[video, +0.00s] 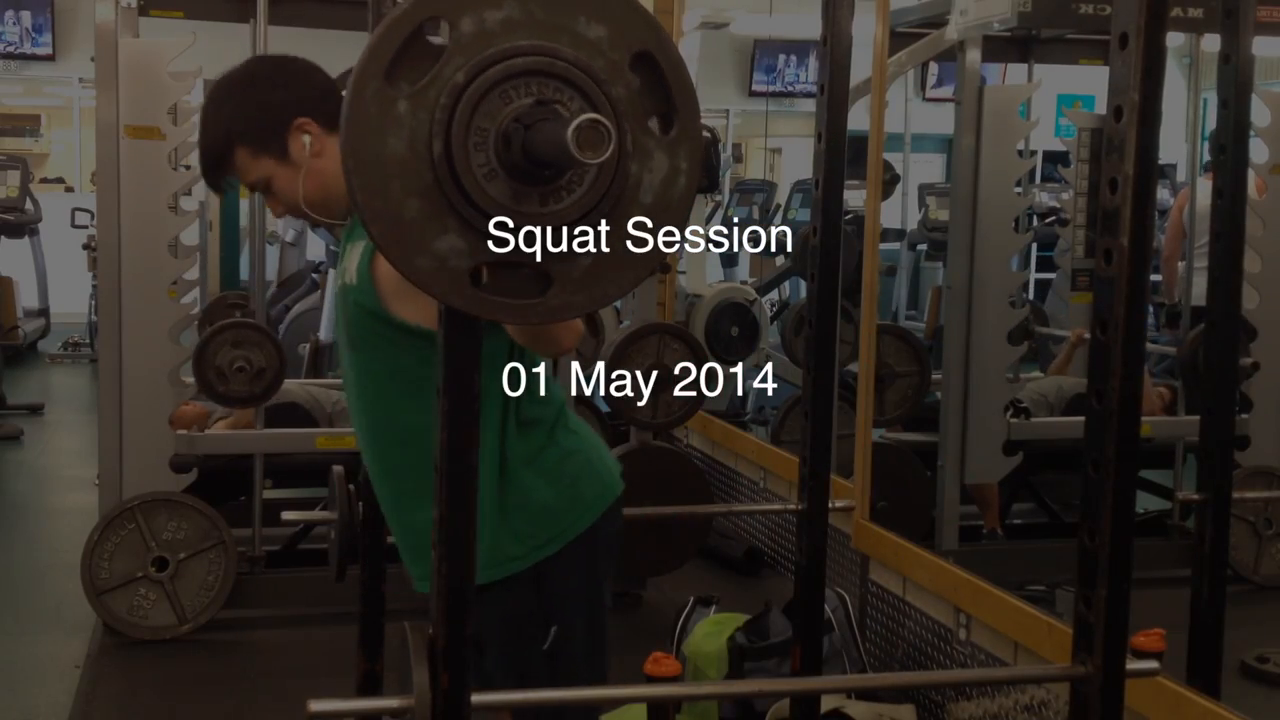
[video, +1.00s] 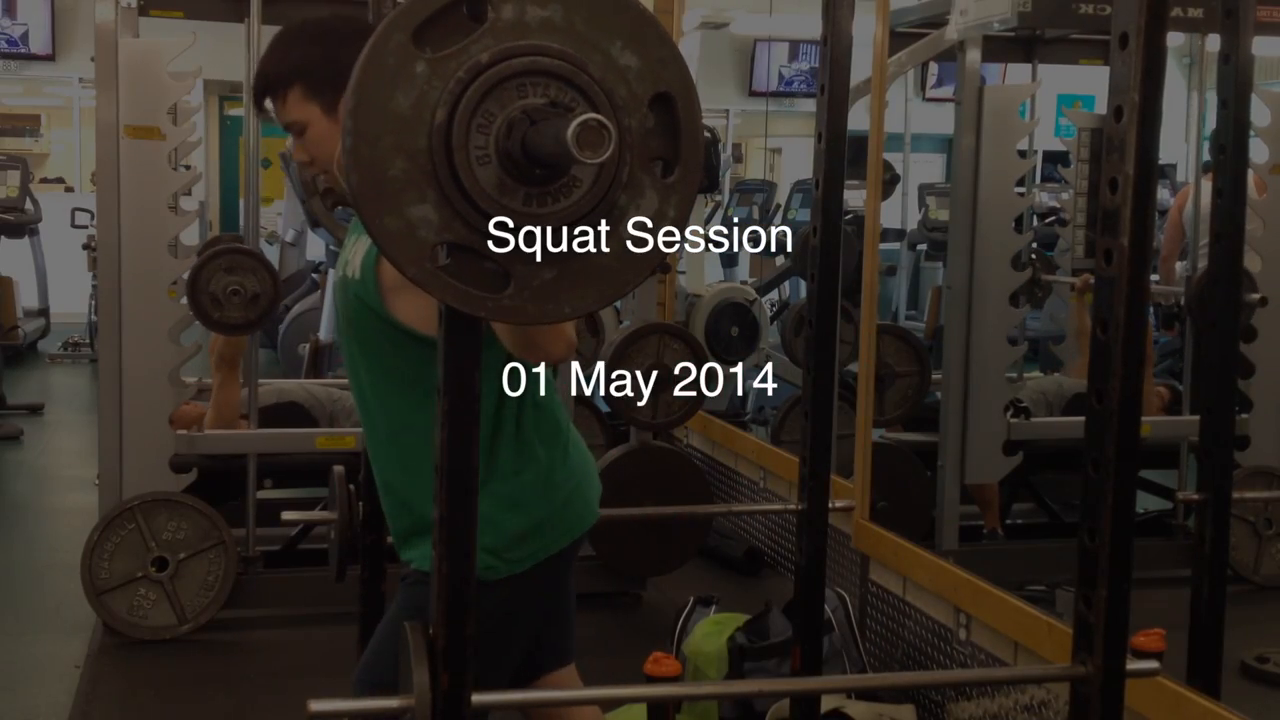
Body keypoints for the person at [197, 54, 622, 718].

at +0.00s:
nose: (276, 211)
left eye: (265, 185)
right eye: (260, 196)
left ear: (305, 138)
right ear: (307, 138)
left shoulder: (396, 243)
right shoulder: (363, 238)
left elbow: (559, 328)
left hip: (528, 541)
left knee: (541, 714)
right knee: (509, 709)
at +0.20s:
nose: (283, 179)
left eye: (276, 150)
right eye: (269, 158)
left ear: (328, 114)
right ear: (328, 116)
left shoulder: (408, 226)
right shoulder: (371, 232)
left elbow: (568, 329)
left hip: (533, 536)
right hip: (494, 537)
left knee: (565, 716)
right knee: (537, 713)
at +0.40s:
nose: (279, 198)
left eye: (270, 172)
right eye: (264, 181)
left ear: (317, 128)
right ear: (320, 129)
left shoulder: (405, 233)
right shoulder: (372, 231)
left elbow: (570, 320)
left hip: (522, 531)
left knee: (512, 704)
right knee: (563, 686)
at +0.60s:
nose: (282, 186)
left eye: (275, 158)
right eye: (268, 166)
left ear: (325, 120)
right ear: (326, 123)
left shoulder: (402, 237)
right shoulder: (373, 230)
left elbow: (570, 326)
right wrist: (225, 409)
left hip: (499, 526)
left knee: (394, 696)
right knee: (561, 681)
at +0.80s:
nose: (297, 144)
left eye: (302, 119)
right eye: (291, 124)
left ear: (360, 100)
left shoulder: (413, 227)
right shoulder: (375, 225)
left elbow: (556, 339)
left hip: (500, 531)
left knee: (387, 697)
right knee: (553, 688)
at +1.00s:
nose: (299, 153)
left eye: (301, 129)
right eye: (291, 135)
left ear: (355, 106)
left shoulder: (405, 239)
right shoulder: (370, 232)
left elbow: (551, 342)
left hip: (490, 538)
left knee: (377, 705)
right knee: (553, 687)